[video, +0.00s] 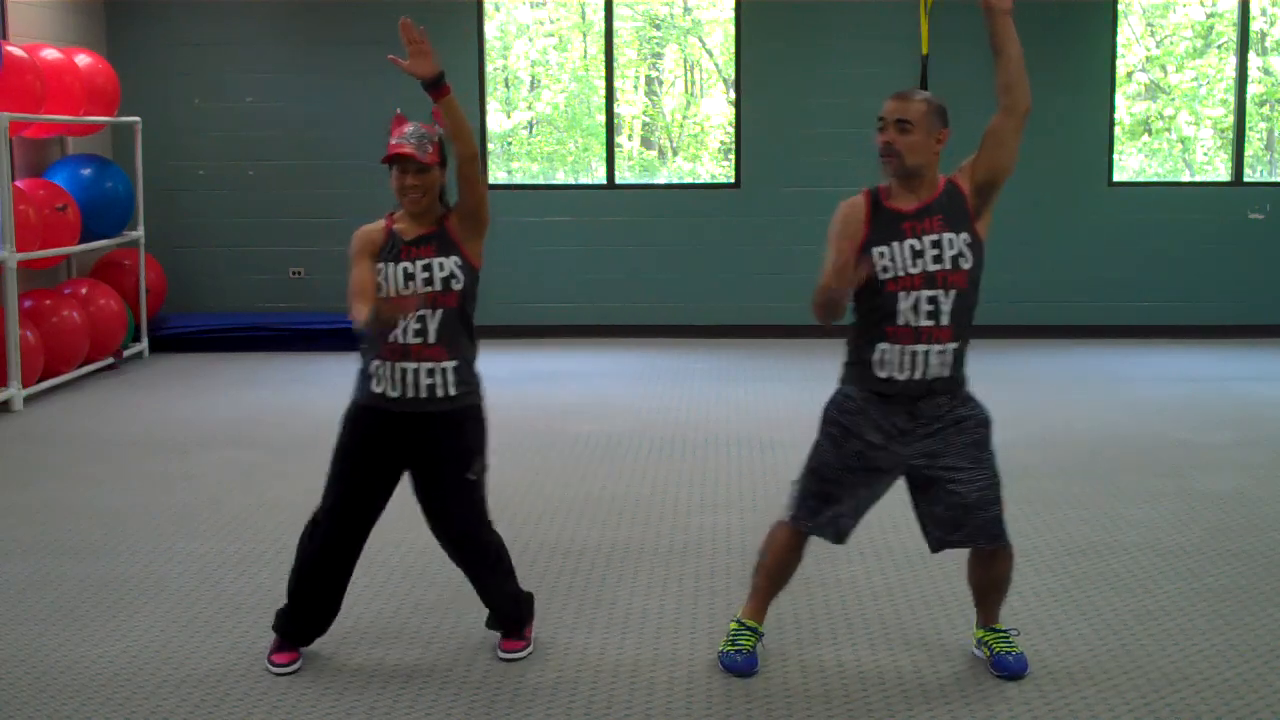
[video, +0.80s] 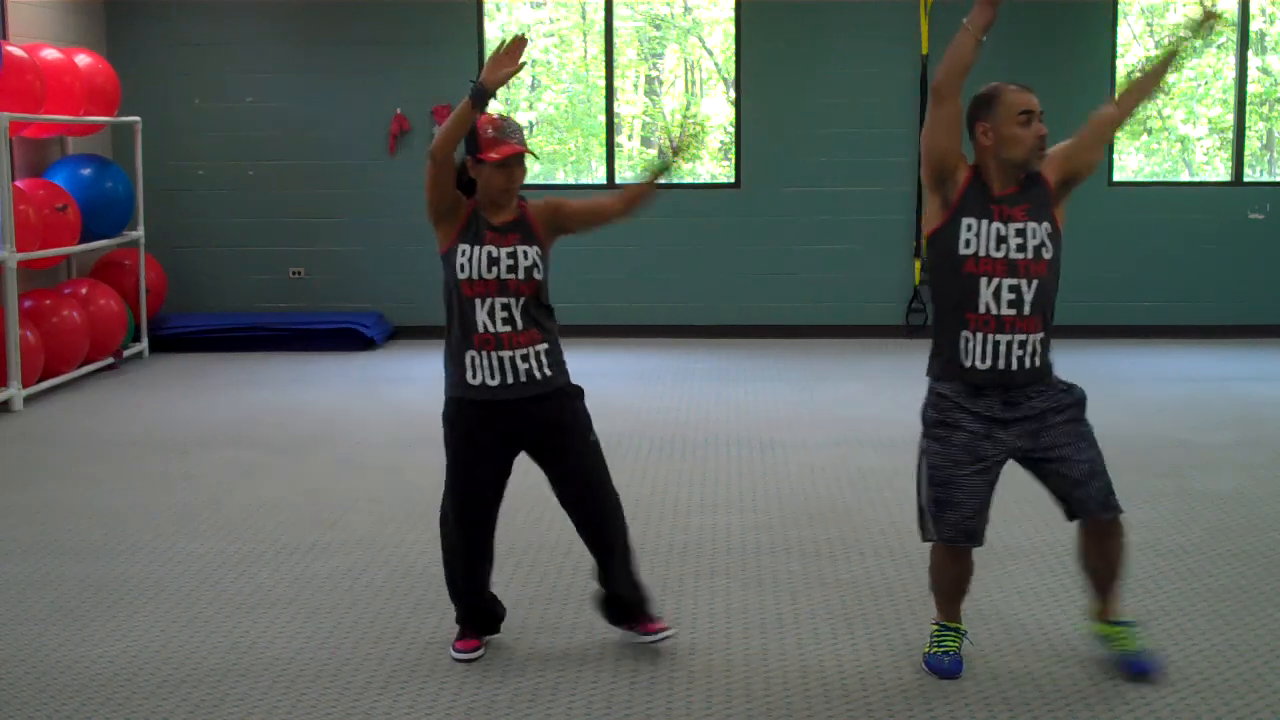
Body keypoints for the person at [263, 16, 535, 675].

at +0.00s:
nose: (408, 180)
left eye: (419, 169)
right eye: (399, 169)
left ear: (441, 174)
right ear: (389, 174)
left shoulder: (464, 230)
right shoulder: (370, 240)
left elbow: (470, 155)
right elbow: (362, 308)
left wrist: (437, 83)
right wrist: (376, 316)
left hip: (449, 411)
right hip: (379, 409)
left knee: (463, 526)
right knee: (336, 523)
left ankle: (514, 616)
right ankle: (293, 632)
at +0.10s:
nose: (427, 174)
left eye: (436, 163)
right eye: (418, 163)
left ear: (456, 170)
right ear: (403, 171)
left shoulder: (481, 220)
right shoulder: (387, 226)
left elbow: (487, 148)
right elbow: (389, 269)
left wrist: (452, 80)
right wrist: (407, 223)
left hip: (479, 399)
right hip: (407, 399)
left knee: (490, 518)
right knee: (360, 512)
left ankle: (515, 621)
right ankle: (323, 631)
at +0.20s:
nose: (450, 160)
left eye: (458, 150)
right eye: (440, 153)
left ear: (475, 159)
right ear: (422, 166)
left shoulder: (495, 209)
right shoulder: (410, 224)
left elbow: (503, 140)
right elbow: (410, 204)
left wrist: (469, 76)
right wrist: (418, 150)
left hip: (503, 388)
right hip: (432, 390)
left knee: (515, 509)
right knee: (383, 498)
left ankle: (515, 616)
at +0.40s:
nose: (467, 158)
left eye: (474, 149)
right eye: (456, 150)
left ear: (488, 156)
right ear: (440, 161)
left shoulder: (508, 206)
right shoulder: (427, 222)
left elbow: (525, 139)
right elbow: (418, 174)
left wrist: (492, 76)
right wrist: (439, 98)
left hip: (532, 384)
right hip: (466, 392)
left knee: (534, 506)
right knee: (460, 511)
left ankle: (527, 613)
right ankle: (472, 620)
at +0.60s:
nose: (494, 174)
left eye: (498, 163)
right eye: (482, 165)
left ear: (506, 169)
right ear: (456, 174)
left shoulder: (520, 218)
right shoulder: (439, 230)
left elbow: (553, 157)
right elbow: (429, 167)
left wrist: (536, 95)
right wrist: (466, 93)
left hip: (546, 391)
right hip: (484, 402)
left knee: (560, 510)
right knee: (496, 518)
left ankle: (537, 614)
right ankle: (477, 620)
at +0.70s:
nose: (502, 174)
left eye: (507, 163)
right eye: (491, 165)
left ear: (514, 166)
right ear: (464, 171)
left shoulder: (528, 215)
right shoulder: (445, 223)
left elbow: (585, 175)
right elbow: (433, 158)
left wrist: (597, 114)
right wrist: (476, 91)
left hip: (545, 390)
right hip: (476, 401)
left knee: (589, 488)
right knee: (478, 519)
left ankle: (564, 597)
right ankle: (475, 621)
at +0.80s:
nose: (512, 171)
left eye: (518, 160)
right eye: (500, 162)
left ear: (526, 163)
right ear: (473, 168)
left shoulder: (542, 215)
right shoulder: (454, 221)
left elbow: (611, 206)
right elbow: (442, 153)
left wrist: (653, 177)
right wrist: (484, 87)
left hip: (548, 397)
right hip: (476, 404)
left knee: (598, 504)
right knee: (465, 521)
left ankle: (628, 605)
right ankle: (473, 620)